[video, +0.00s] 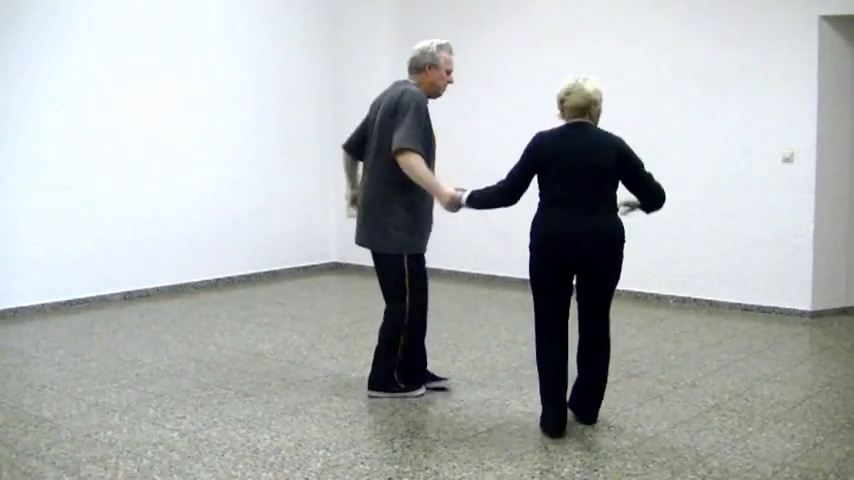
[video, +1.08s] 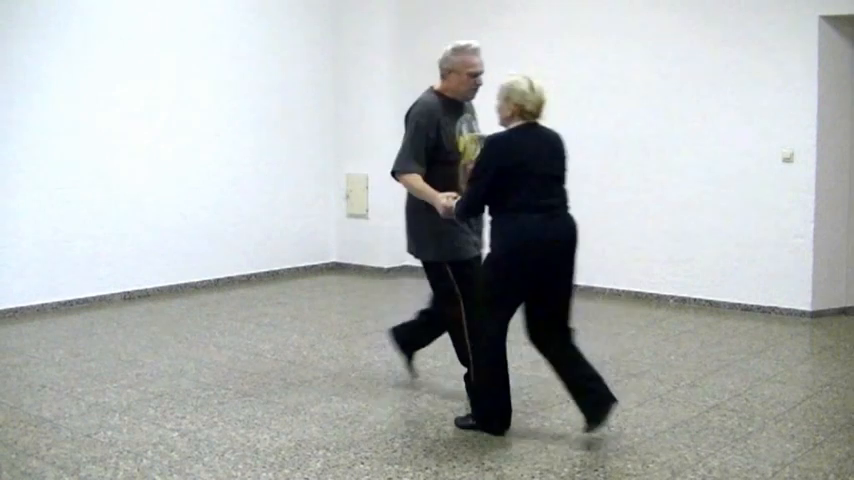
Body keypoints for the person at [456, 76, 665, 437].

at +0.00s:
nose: (602, 113)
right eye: (601, 108)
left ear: (561, 109)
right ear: (597, 111)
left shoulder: (544, 142)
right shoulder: (612, 145)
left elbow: (509, 192)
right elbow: (655, 198)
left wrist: (465, 198)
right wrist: (636, 202)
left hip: (550, 247)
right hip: (603, 249)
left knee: (550, 329)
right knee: (595, 325)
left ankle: (553, 420)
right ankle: (586, 408)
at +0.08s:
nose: (609, 113)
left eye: (609, 107)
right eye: (608, 107)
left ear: (567, 106)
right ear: (597, 107)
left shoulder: (546, 139)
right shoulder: (613, 142)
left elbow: (515, 187)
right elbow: (645, 187)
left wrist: (485, 194)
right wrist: (669, 201)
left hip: (550, 247)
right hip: (601, 248)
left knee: (551, 330)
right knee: (599, 325)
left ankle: (552, 421)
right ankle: (593, 412)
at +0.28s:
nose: (631, 103)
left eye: (629, 96)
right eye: (626, 97)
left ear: (593, 101)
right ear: (605, 101)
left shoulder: (563, 134)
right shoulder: (617, 138)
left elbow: (534, 185)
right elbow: (644, 187)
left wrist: (528, 167)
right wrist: (700, 193)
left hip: (556, 247)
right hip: (603, 250)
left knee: (559, 330)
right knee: (614, 334)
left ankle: (550, 423)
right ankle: (600, 425)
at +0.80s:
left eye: (583, 99)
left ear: (583, 105)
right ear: (617, 107)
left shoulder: (564, 139)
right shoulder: (633, 146)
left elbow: (519, 180)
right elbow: (682, 191)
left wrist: (494, 166)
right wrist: (733, 190)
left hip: (561, 250)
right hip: (614, 256)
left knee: (536, 328)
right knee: (613, 341)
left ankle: (521, 413)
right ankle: (607, 438)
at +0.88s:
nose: (560, 110)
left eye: (561, 105)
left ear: (563, 108)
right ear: (597, 108)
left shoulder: (545, 142)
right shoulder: (614, 146)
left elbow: (506, 188)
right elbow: (662, 185)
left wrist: (482, 176)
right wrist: (683, 167)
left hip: (550, 254)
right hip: (602, 258)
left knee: (522, 330)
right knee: (607, 339)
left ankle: (501, 413)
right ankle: (613, 436)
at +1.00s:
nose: (520, 111)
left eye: (522, 106)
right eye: (523, 105)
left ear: (528, 109)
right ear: (559, 109)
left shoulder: (514, 145)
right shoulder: (577, 144)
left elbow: (481, 201)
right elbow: (603, 179)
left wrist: (464, 191)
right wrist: (572, 165)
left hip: (526, 257)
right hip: (575, 257)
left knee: (500, 334)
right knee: (581, 336)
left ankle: (491, 418)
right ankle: (615, 421)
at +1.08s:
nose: (496, 107)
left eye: (500, 102)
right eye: (498, 101)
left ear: (513, 106)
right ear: (533, 107)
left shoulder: (499, 144)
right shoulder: (553, 141)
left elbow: (472, 205)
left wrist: (457, 206)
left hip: (513, 246)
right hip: (558, 242)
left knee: (486, 326)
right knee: (547, 328)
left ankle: (491, 416)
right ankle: (596, 400)